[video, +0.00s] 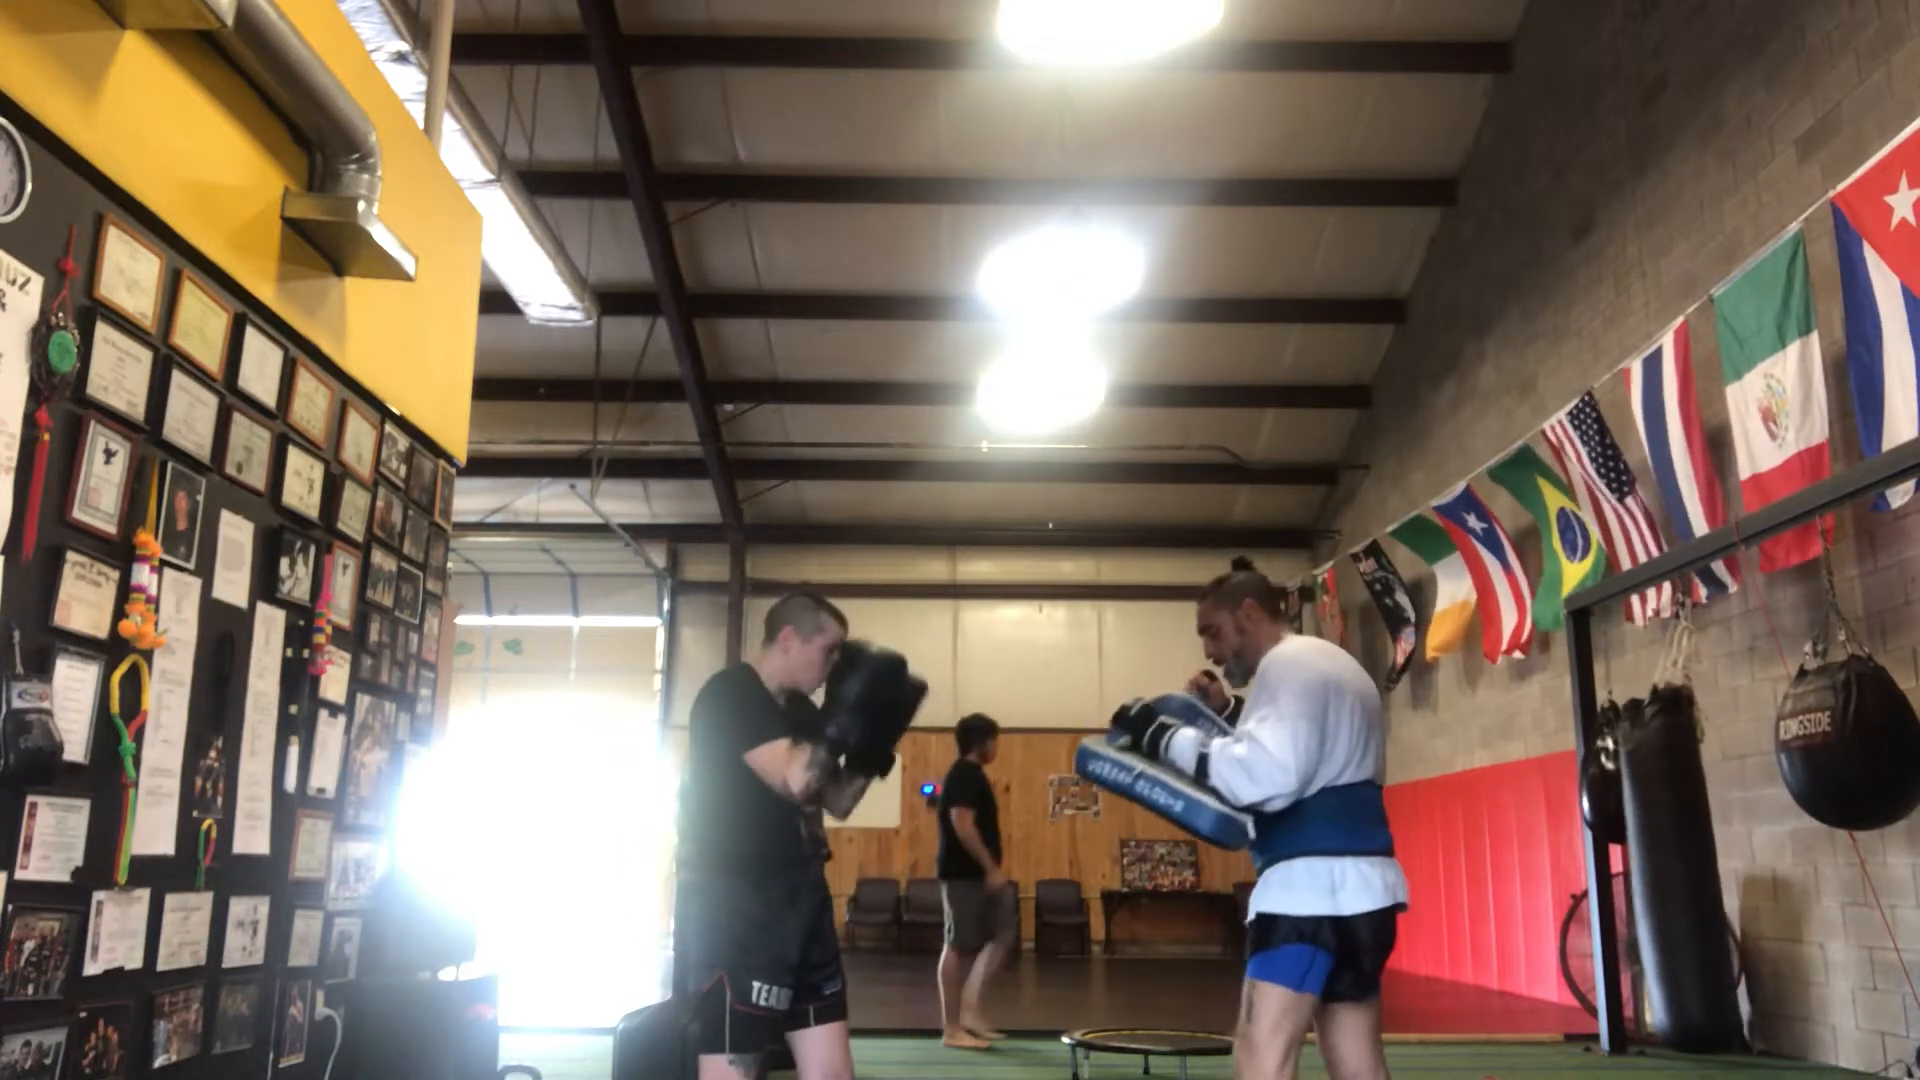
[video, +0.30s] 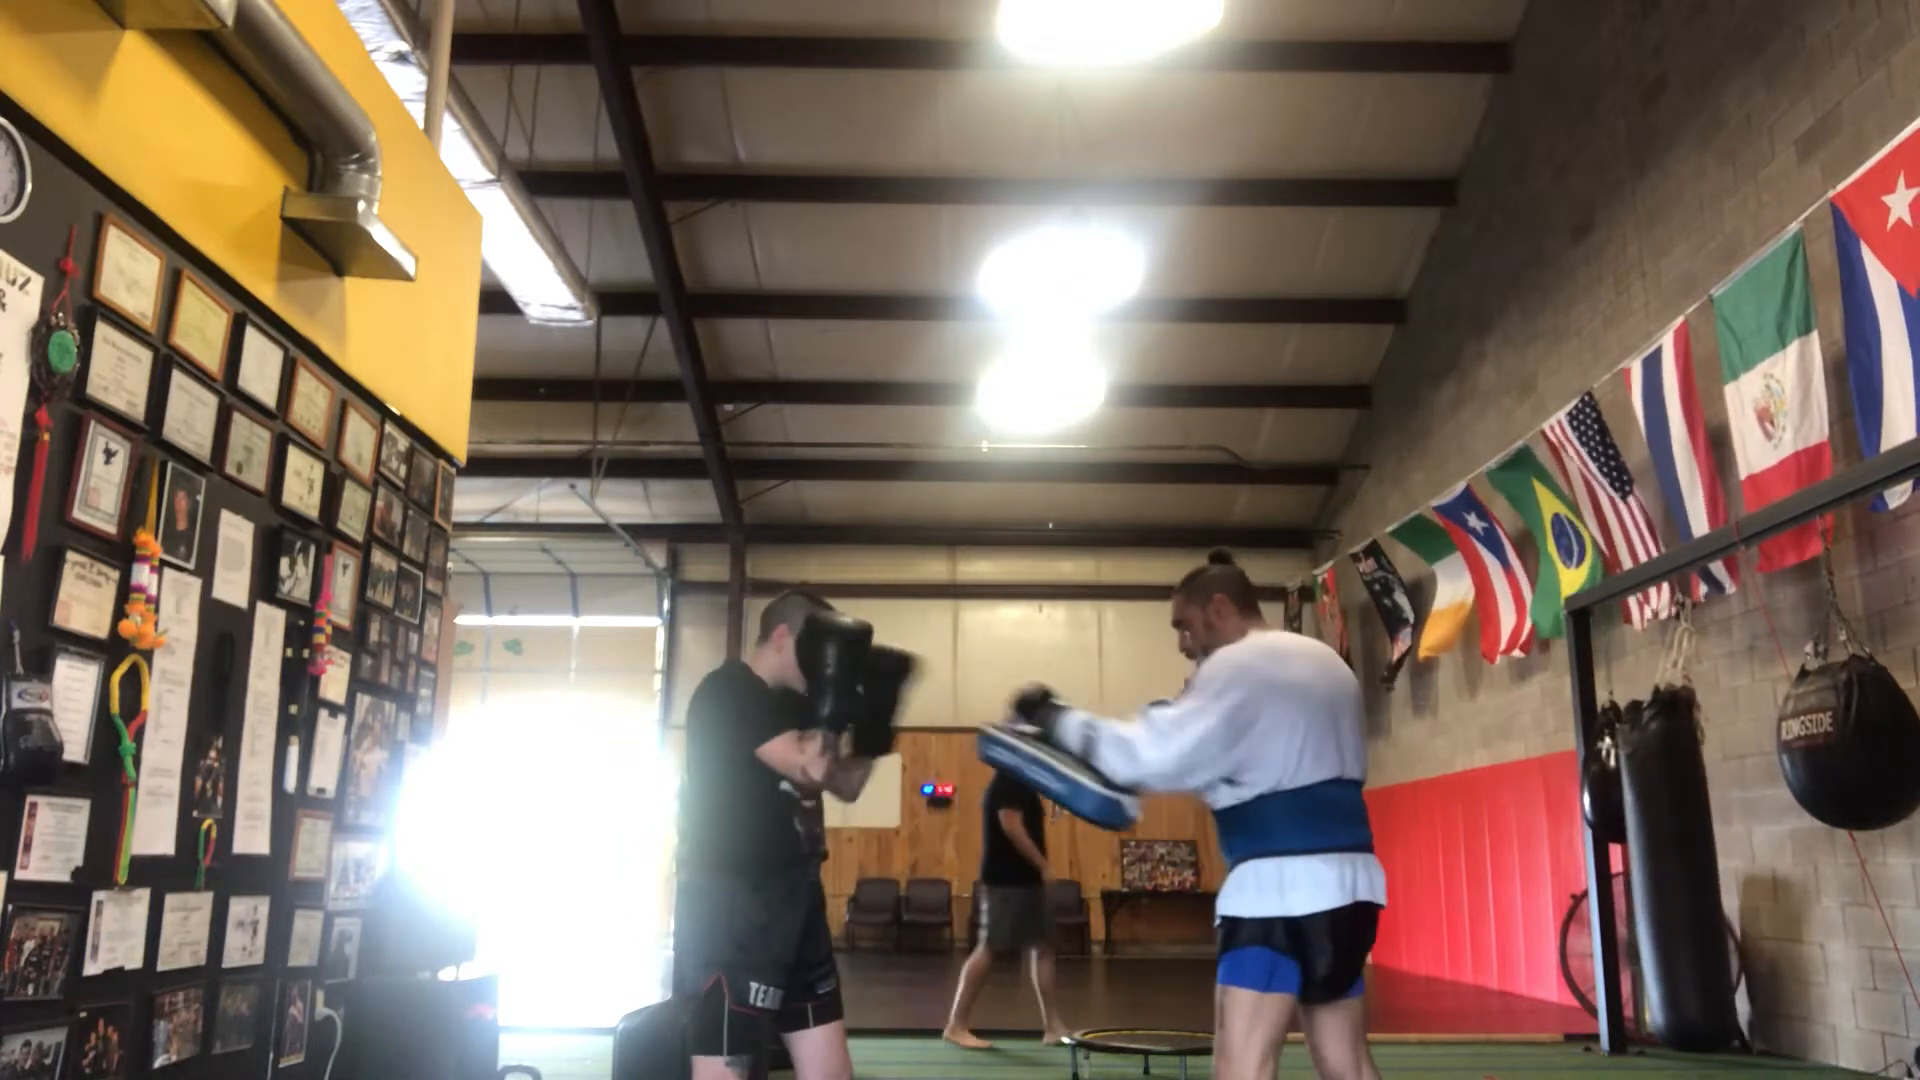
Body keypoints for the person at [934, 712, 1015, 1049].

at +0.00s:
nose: (996, 747)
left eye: (995, 741)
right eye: (993, 741)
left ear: (972, 743)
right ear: (980, 743)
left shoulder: (973, 774)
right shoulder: (963, 773)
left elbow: (967, 821)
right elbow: (962, 822)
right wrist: (990, 867)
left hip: (981, 875)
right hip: (960, 876)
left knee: (1002, 936)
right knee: (956, 947)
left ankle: (970, 1011)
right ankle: (951, 1028)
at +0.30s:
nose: (1039, 752)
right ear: (1019, 745)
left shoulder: (1025, 782)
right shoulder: (1008, 780)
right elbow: (1010, 824)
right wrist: (1041, 863)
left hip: (1027, 883)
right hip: (1001, 882)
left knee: (1041, 950)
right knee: (987, 950)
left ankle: (1053, 1027)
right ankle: (955, 1026)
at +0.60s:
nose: (1082, 758)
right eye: (1078, 751)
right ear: (1065, 750)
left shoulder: (1065, 781)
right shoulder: (1046, 779)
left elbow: (1069, 826)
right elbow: (1045, 824)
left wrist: (1085, 862)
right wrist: (1058, 865)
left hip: (1060, 872)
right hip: (1051, 873)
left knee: (1057, 947)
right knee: (1069, 943)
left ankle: (1052, 1018)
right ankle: (1034, 1012)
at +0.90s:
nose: (1117, 752)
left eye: (1116, 745)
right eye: (1114, 745)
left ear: (1088, 743)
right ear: (1106, 746)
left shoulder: (1110, 775)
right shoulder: (1089, 777)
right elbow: (1073, 827)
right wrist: (1086, 876)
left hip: (1086, 876)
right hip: (1105, 876)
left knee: (1073, 950)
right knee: (1121, 950)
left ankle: (1054, 1025)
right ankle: (1137, 1028)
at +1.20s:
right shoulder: (1123, 781)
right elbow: (1123, 833)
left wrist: (1155, 875)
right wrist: (1135, 877)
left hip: (1149, 875)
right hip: (1125, 878)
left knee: (1147, 947)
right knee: (1138, 949)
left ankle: (1098, 1002)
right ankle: (1141, 1025)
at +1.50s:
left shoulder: (1188, 788)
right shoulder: (1161, 784)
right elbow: (1172, 833)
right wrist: (1204, 868)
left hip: (1188, 880)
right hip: (1161, 880)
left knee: (1204, 952)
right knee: (1150, 952)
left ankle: (1231, 1027)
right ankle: (1142, 1029)